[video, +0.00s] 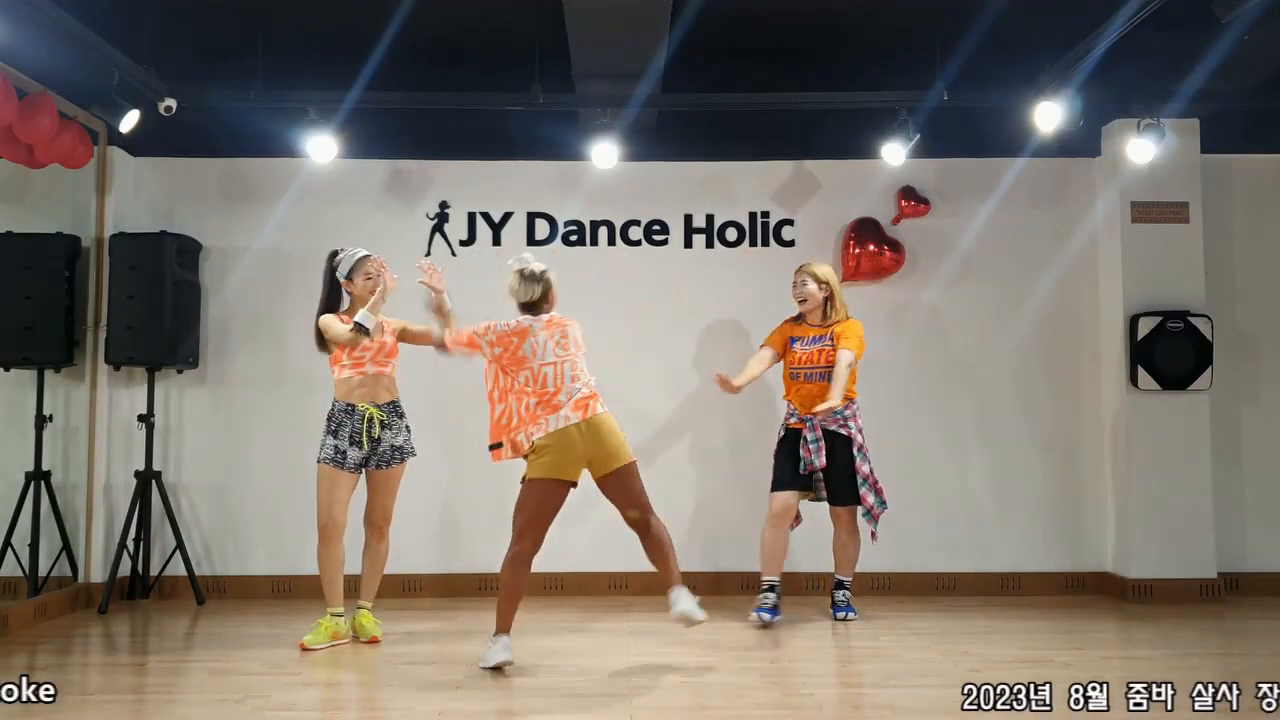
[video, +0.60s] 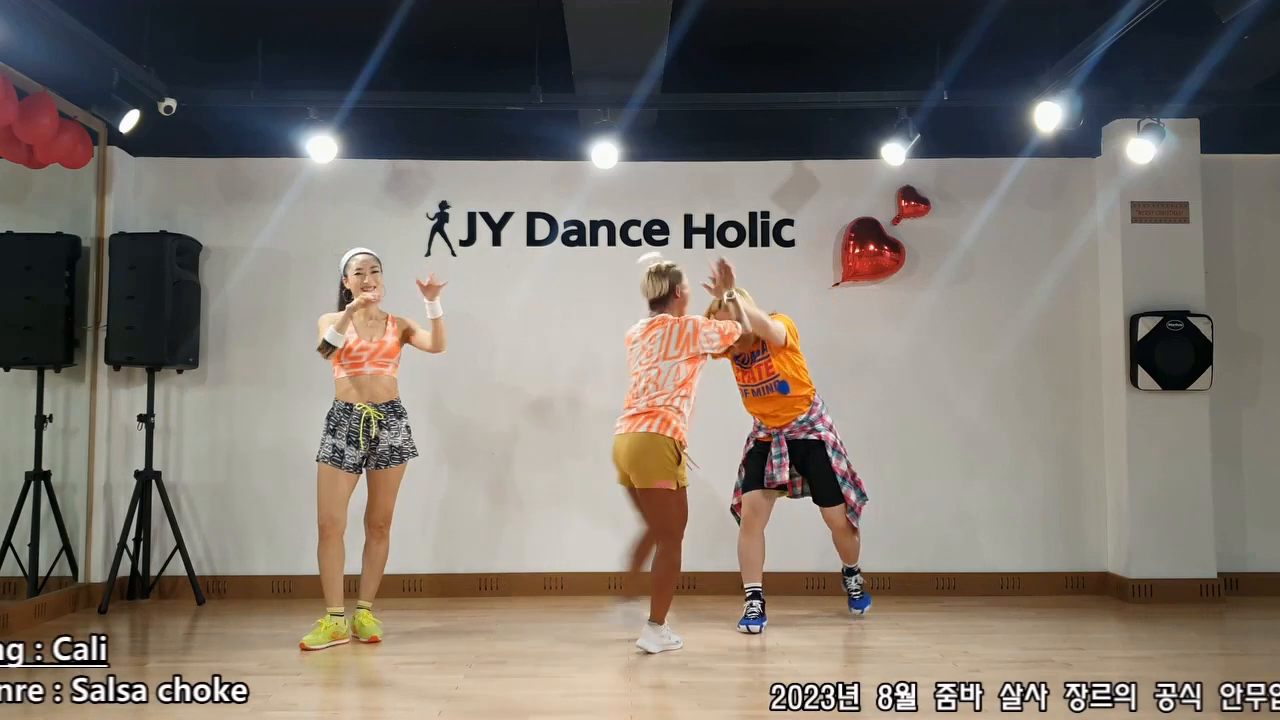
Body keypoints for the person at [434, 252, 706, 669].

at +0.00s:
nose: (554, 296)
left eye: (545, 291)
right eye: (553, 291)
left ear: (516, 297)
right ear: (550, 296)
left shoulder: (501, 333)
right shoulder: (569, 327)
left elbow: (448, 339)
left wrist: (441, 301)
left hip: (551, 440)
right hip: (599, 427)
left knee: (522, 544)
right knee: (643, 517)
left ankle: (500, 639)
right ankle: (678, 592)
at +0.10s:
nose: (570, 295)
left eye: (564, 291)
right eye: (569, 291)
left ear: (533, 298)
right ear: (567, 294)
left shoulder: (513, 337)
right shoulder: (593, 332)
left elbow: (474, 375)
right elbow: (620, 383)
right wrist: (578, 379)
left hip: (547, 438)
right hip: (596, 428)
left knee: (521, 542)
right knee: (641, 520)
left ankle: (498, 638)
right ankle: (665, 612)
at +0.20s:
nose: (598, 297)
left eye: (593, 291)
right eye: (595, 292)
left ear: (560, 301)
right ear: (590, 298)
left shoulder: (535, 344)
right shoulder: (610, 334)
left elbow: (526, 395)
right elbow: (670, 365)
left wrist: (526, 442)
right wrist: (649, 347)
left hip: (557, 443)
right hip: (606, 438)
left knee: (528, 541)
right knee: (638, 532)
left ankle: (496, 634)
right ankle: (651, 628)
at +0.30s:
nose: (627, 300)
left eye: (625, 295)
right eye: (625, 295)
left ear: (588, 304)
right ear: (619, 300)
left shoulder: (569, 347)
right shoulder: (639, 336)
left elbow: (580, 391)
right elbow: (701, 351)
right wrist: (687, 323)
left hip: (580, 450)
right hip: (626, 447)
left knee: (545, 540)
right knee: (656, 541)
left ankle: (498, 614)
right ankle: (653, 630)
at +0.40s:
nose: (651, 299)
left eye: (649, 294)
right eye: (649, 294)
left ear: (612, 304)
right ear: (643, 300)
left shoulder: (598, 344)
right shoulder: (661, 336)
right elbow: (720, 355)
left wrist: (670, 323)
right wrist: (711, 311)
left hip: (602, 450)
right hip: (644, 449)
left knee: (570, 536)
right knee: (670, 540)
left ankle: (511, 603)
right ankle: (654, 630)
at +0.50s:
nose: (674, 299)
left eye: (673, 292)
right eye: (670, 293)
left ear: (634, 301)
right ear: (664, 298)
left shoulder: (619, 339)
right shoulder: (679, 333)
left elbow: (658, 347)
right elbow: (728, 339)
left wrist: (678, 314)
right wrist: (723, 308)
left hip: (614, 445)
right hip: (654, 445)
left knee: (608, 528)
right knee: (671, 539)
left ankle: (558, 604)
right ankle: (655, 628)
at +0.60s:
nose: (688, 295)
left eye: (686, 289)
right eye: (685, 290)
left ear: (650, 296)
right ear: (679, 293)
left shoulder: (635, 333)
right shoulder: (691, 328)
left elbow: (682, 337)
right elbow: (744, 332)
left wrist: (713, 310)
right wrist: (732, 293)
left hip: (625, 441)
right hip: (658, 443)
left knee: (654, 526)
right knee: (671, 535)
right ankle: (656, 627)